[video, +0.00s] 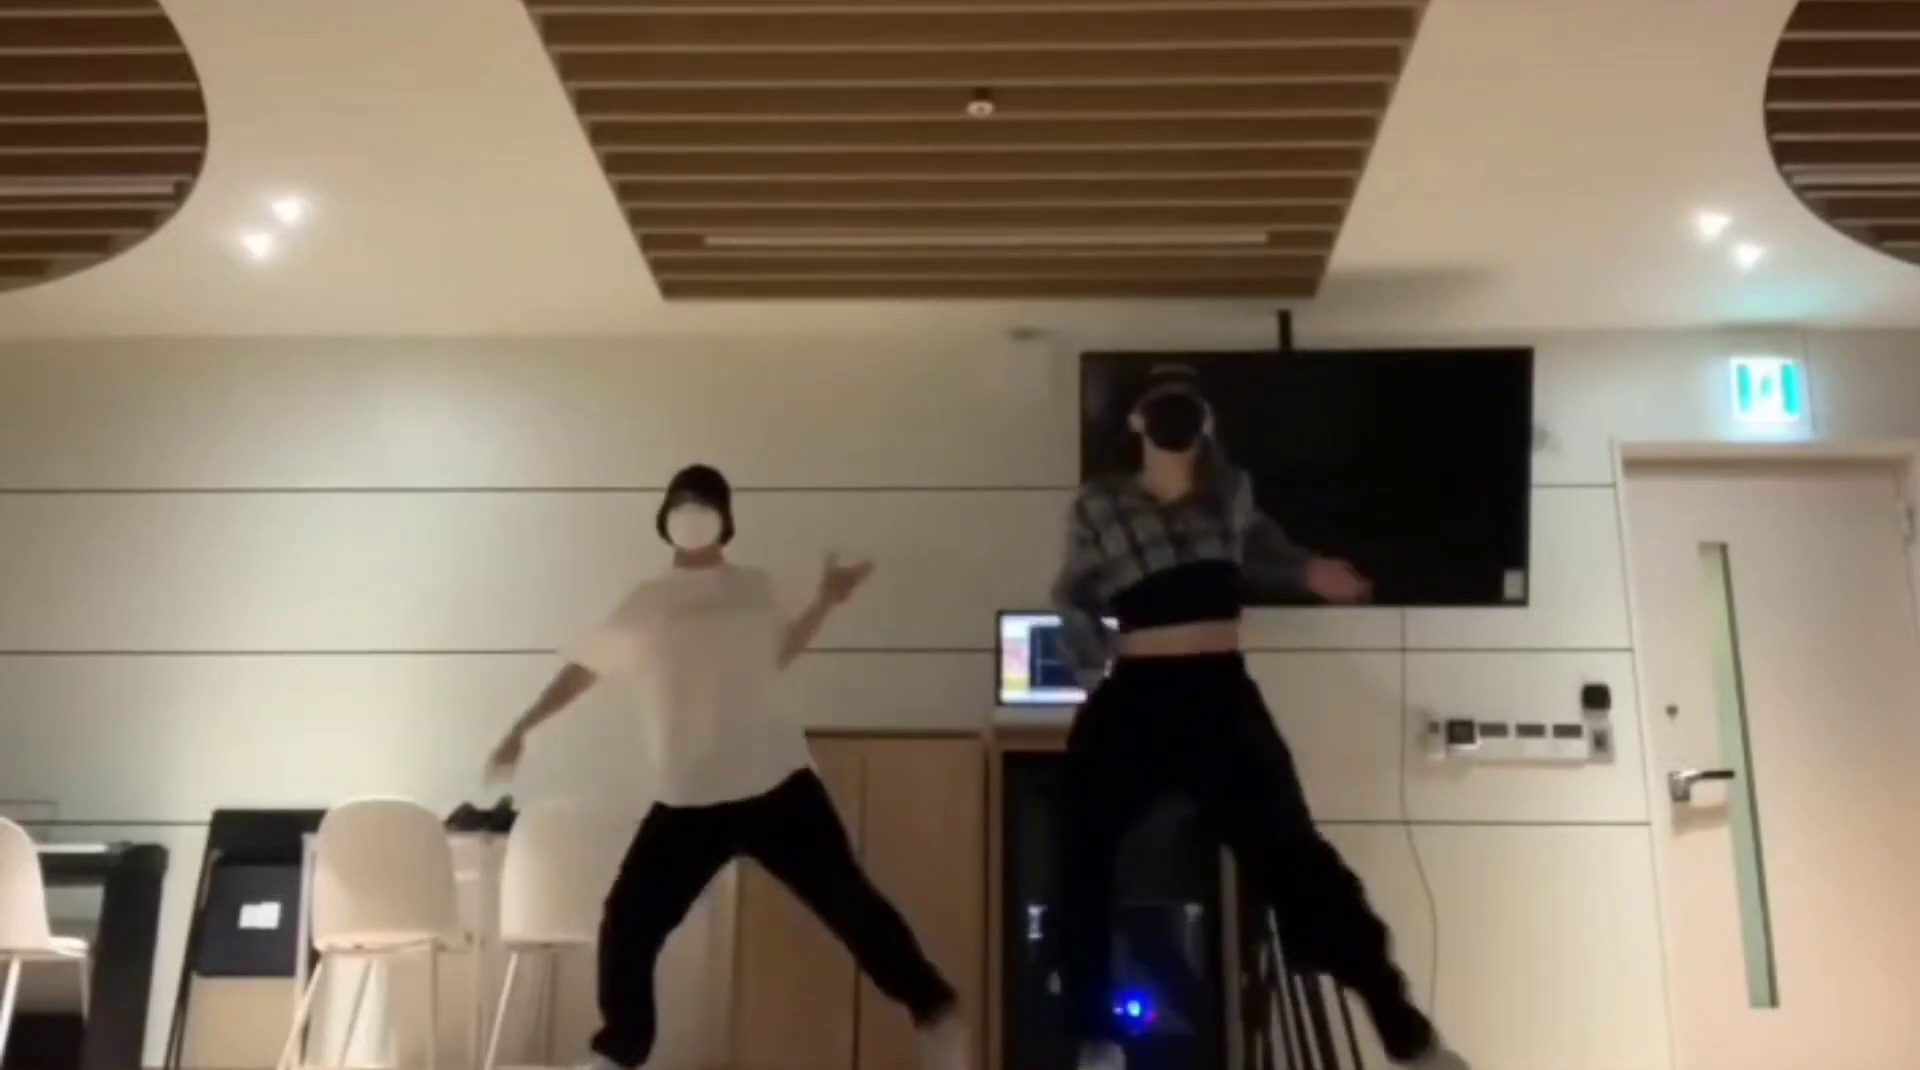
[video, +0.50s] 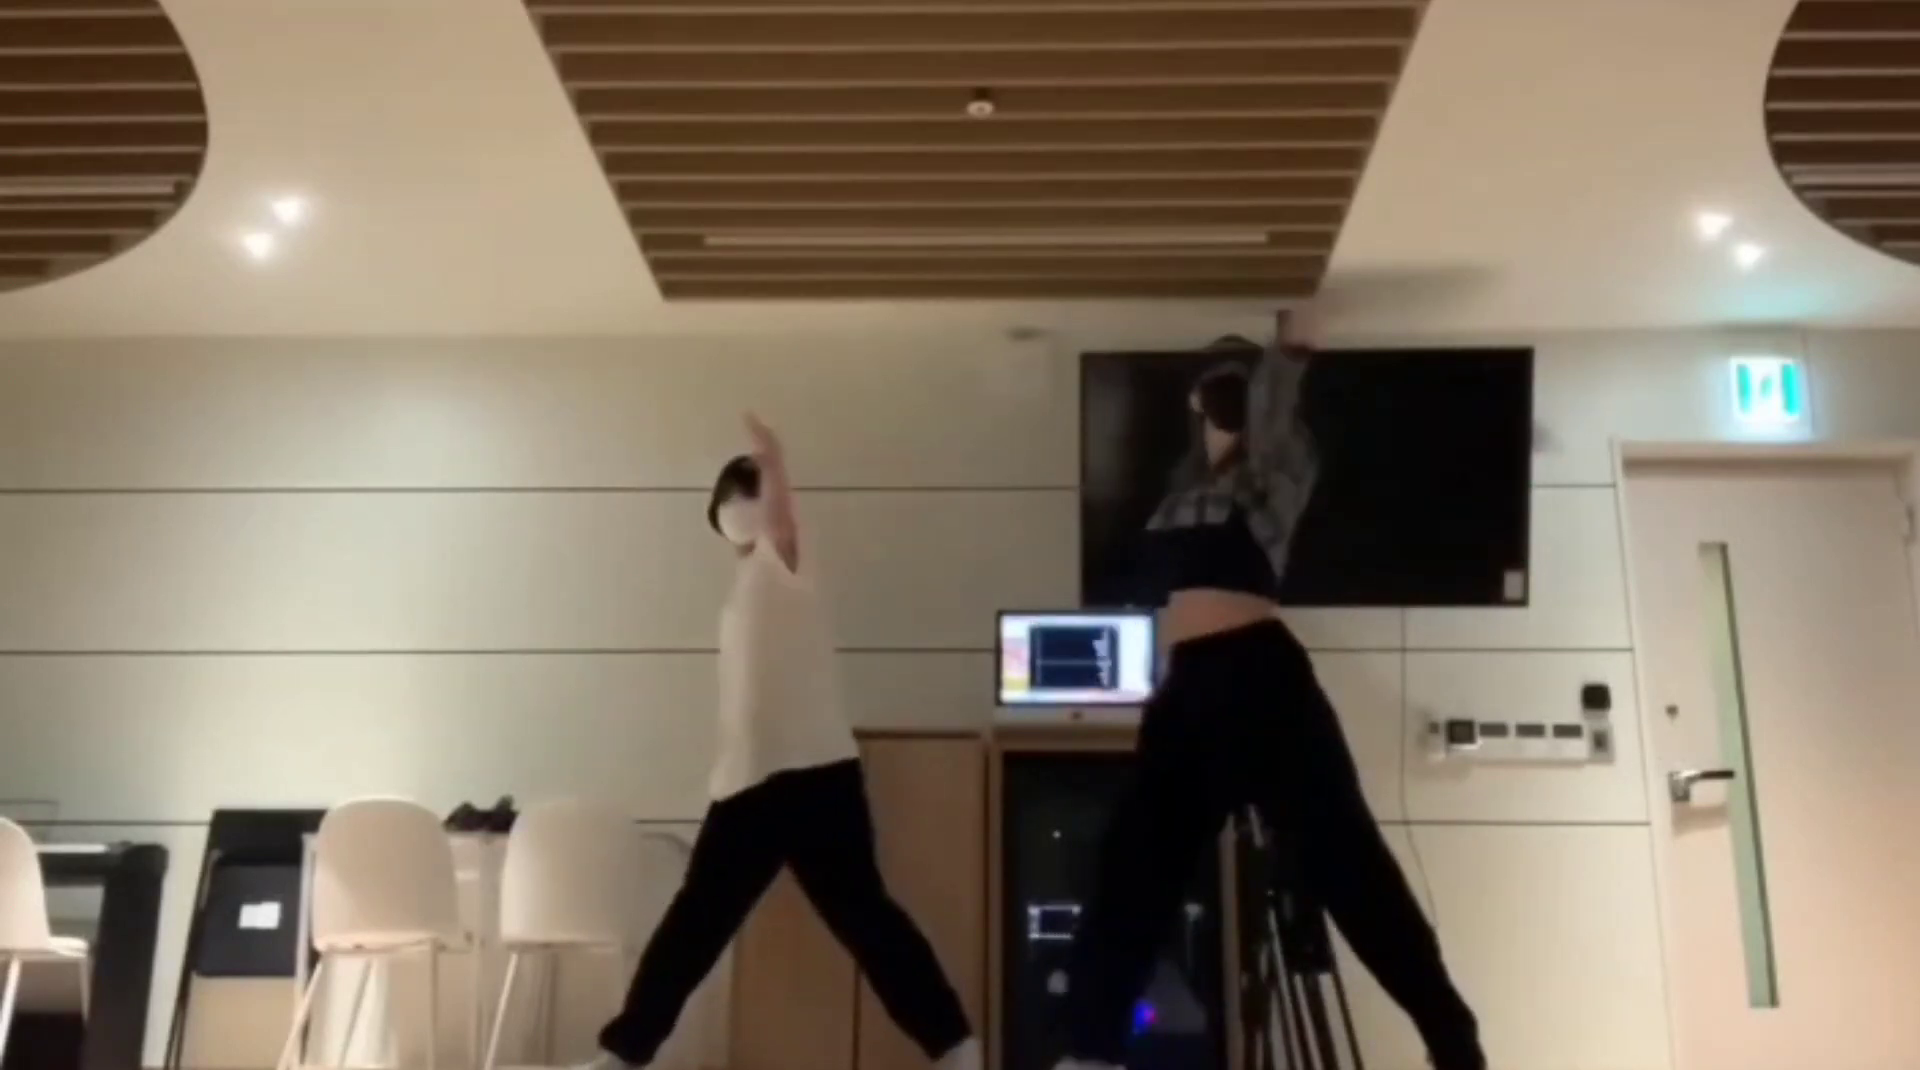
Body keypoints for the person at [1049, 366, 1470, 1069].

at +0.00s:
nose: (1177, 418)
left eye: (1188, 407)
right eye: (1163, 407)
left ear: (1207, 423)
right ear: (1137, 424)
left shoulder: (1229, 497)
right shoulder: (1100, 506)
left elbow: (1260, 561)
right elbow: (1068, 596)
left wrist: (1309, 573)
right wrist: (1092, 652)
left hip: (1222, 698)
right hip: (1134, 700)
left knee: (1291, 852)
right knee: (1083, 858)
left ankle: (1405, 1032)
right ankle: (1090, 1035)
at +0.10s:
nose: (1175, 423)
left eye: (1188, 411)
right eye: (1162, 412)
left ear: (1210, 429)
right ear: (1140, 428)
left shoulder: (1244, 489)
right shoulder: (1121, 507)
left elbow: (1346, 527)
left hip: (1253, 695)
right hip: (1167, 712)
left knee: (1348, 861)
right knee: (1105, 864)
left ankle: (1446, 1056)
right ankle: (1086, 1041)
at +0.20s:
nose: (1176, 426)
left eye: (1192, 413)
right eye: (1167, 415)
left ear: (1218, 426)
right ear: (1150, 426)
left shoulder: (1248, 482)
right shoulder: (1135, 506)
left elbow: (1355, 508)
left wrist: (1477, 513)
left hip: (1257, 690)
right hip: (1173, 709)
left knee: (1358, 863)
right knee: (1109, 874)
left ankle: (1448, 1057)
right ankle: (1082, 1046)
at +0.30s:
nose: (1200, 413)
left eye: (1210, 401)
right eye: (1193, 401)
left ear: (1225, 418)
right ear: (1174, 418)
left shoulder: (1251, 476)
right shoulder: (1149, 498)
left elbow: (1338, 467)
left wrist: (1455, 451)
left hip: (1260, 683)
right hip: (1183, 702)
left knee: (1358, 860)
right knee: (1121, 865)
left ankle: (1447, 1050)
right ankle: (1083, 1041)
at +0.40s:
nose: (1218, 403)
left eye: (1233, 391)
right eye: (1207, 393)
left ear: (1252, 412)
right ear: (1189, 413)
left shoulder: (1264, 474)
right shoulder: (1174, 494)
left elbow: (1298, 417)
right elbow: (1175, 607)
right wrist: (1157, 675)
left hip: (1263, 674)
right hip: (1185, 687)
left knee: (1347, 856)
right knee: (1134, 861)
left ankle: (1449, 1040)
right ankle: (1084, 1036)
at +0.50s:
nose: (1213, 417)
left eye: (1228, 400)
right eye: (1207, 403)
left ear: (1253, 407)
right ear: (1199, 412)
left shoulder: (1276, 476)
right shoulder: (1185, 490)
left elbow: (1269, 418)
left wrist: (1290, 355)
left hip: (1264, 674)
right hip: (1185, 686)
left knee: (1343, 856)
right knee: (1136, 867)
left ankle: (1451, 1039)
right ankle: (1092, 1044)